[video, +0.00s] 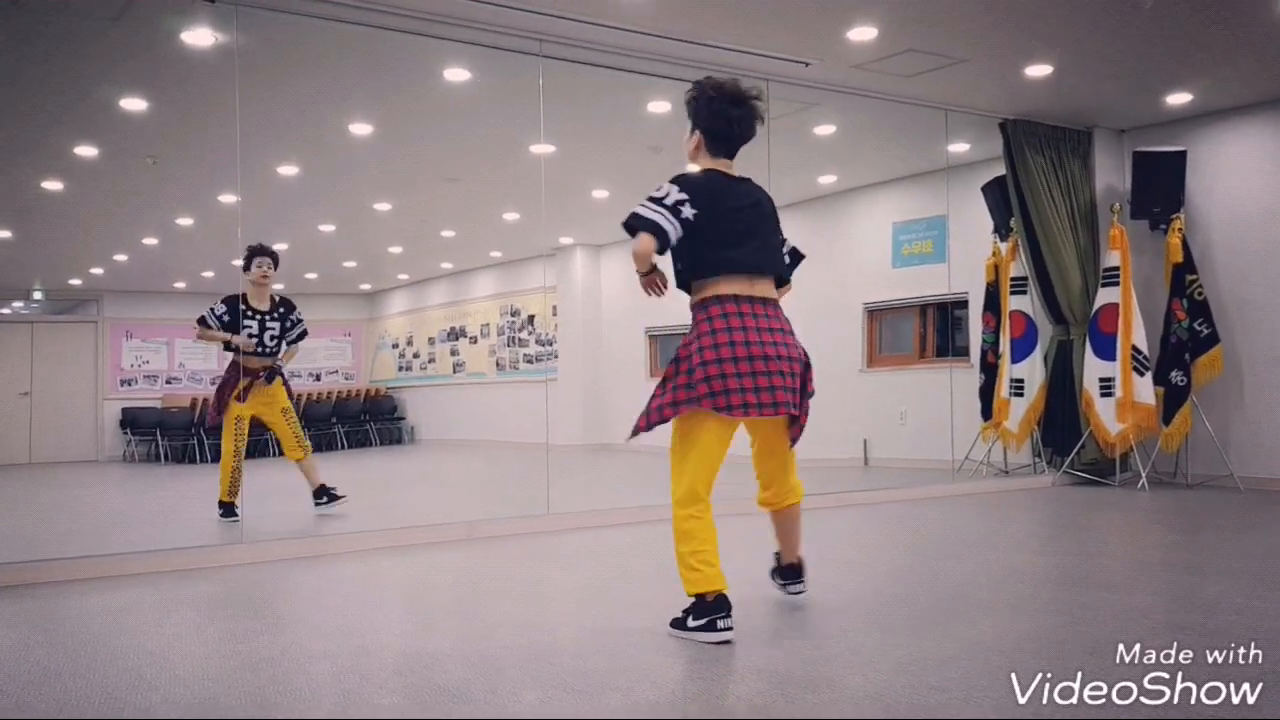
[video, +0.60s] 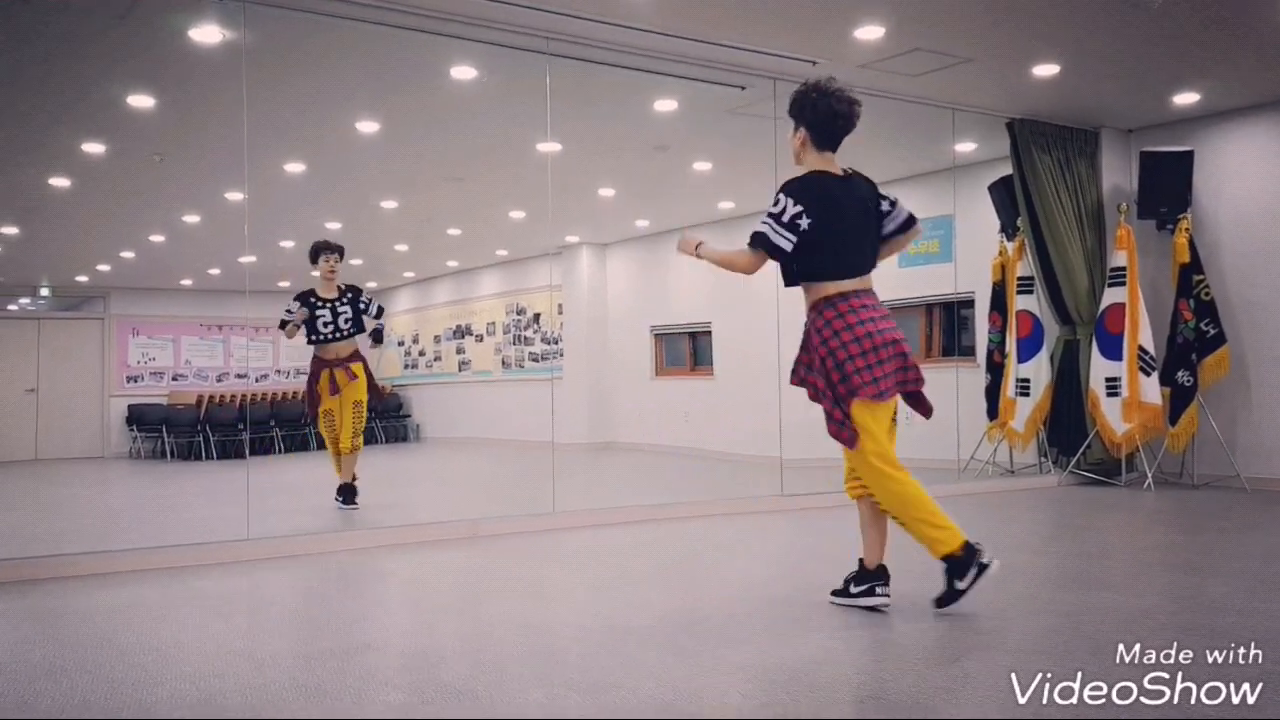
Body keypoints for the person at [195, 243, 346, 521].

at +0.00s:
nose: (265, 271)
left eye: (270, 267)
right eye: (259, 266)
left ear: (275, 273)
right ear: (247, 271)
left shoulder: (284, 307)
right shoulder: (232, 304)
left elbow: (294, 345)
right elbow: (201, 331)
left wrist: (278, 366)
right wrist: (232, 338)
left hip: (272, 383)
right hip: (239, 383)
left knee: (295, 435)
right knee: (233, 447)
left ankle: (319, 490)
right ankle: (227, 502)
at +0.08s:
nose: (268, 272)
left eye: (273, 268)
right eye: (262, 268)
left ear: (278, 275)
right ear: (251, 273)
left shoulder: (289, 307)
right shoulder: (237, 308)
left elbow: (302, 344)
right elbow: (210, 339)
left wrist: (287, 366)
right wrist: (233, 336)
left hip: (280, 385)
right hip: (247, 386)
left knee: (308, 437)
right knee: (237, 448)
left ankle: (330, 490)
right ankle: (228, 501)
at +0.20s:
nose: (282, 272)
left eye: (286, 268)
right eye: (276, 267)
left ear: (293, 274)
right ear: (266, 274)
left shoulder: (307, 304)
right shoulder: (256, 310)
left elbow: (324, 339)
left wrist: (309, 366)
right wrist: (245, 338)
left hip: (300, 381)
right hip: (267, 383)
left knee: (324, 441)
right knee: (245, 442)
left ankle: (338, 489)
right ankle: (231, 498)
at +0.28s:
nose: (291, 269)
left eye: (295, 265)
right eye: (285, 265)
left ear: (301, 270)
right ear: (275, 271)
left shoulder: (314, 298)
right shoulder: (267, 308)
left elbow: (337, 329)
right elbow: (265, 349)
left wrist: (324, 358)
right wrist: (252, 337)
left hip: (312, 375)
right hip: (280, 376)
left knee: (328, 438)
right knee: (254, 438)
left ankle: (338, 490)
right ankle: (237, 496)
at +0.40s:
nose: (309, 265)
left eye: (313, 260)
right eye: (303, 260)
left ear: (319, 265)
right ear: (292, 266)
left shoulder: (333, 291)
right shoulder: (286, 305)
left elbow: (363, 314)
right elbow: (280, 344)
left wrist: (354, 343)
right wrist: (269, 328)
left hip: (335, 368)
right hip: (303, 370)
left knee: (338, 434)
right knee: (286, 434)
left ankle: (341, 489)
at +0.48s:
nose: (317, 264)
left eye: (321, 259)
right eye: (311, 259)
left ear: (327, 264)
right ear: (301, 264)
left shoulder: (341, 289)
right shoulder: (292, 302)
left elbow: (373, 308)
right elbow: (283, 340)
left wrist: (365, 334)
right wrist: (277, 322)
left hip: (343, 366)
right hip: (311, 368)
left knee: (342, 431)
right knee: (302, 431)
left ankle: (342, 488)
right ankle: (307, 485)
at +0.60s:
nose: (332, 266)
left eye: (336, 261)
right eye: (326, 261)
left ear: (341, 265)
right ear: (315, 266)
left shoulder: (353, 294)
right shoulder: (305, 299)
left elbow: (381, 314)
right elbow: (288, 334)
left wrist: (379, 328)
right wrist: (296, 321)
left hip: (354, 366)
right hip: (323, 369)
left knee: (352, 433)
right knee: (331, 435)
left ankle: (346, 486)